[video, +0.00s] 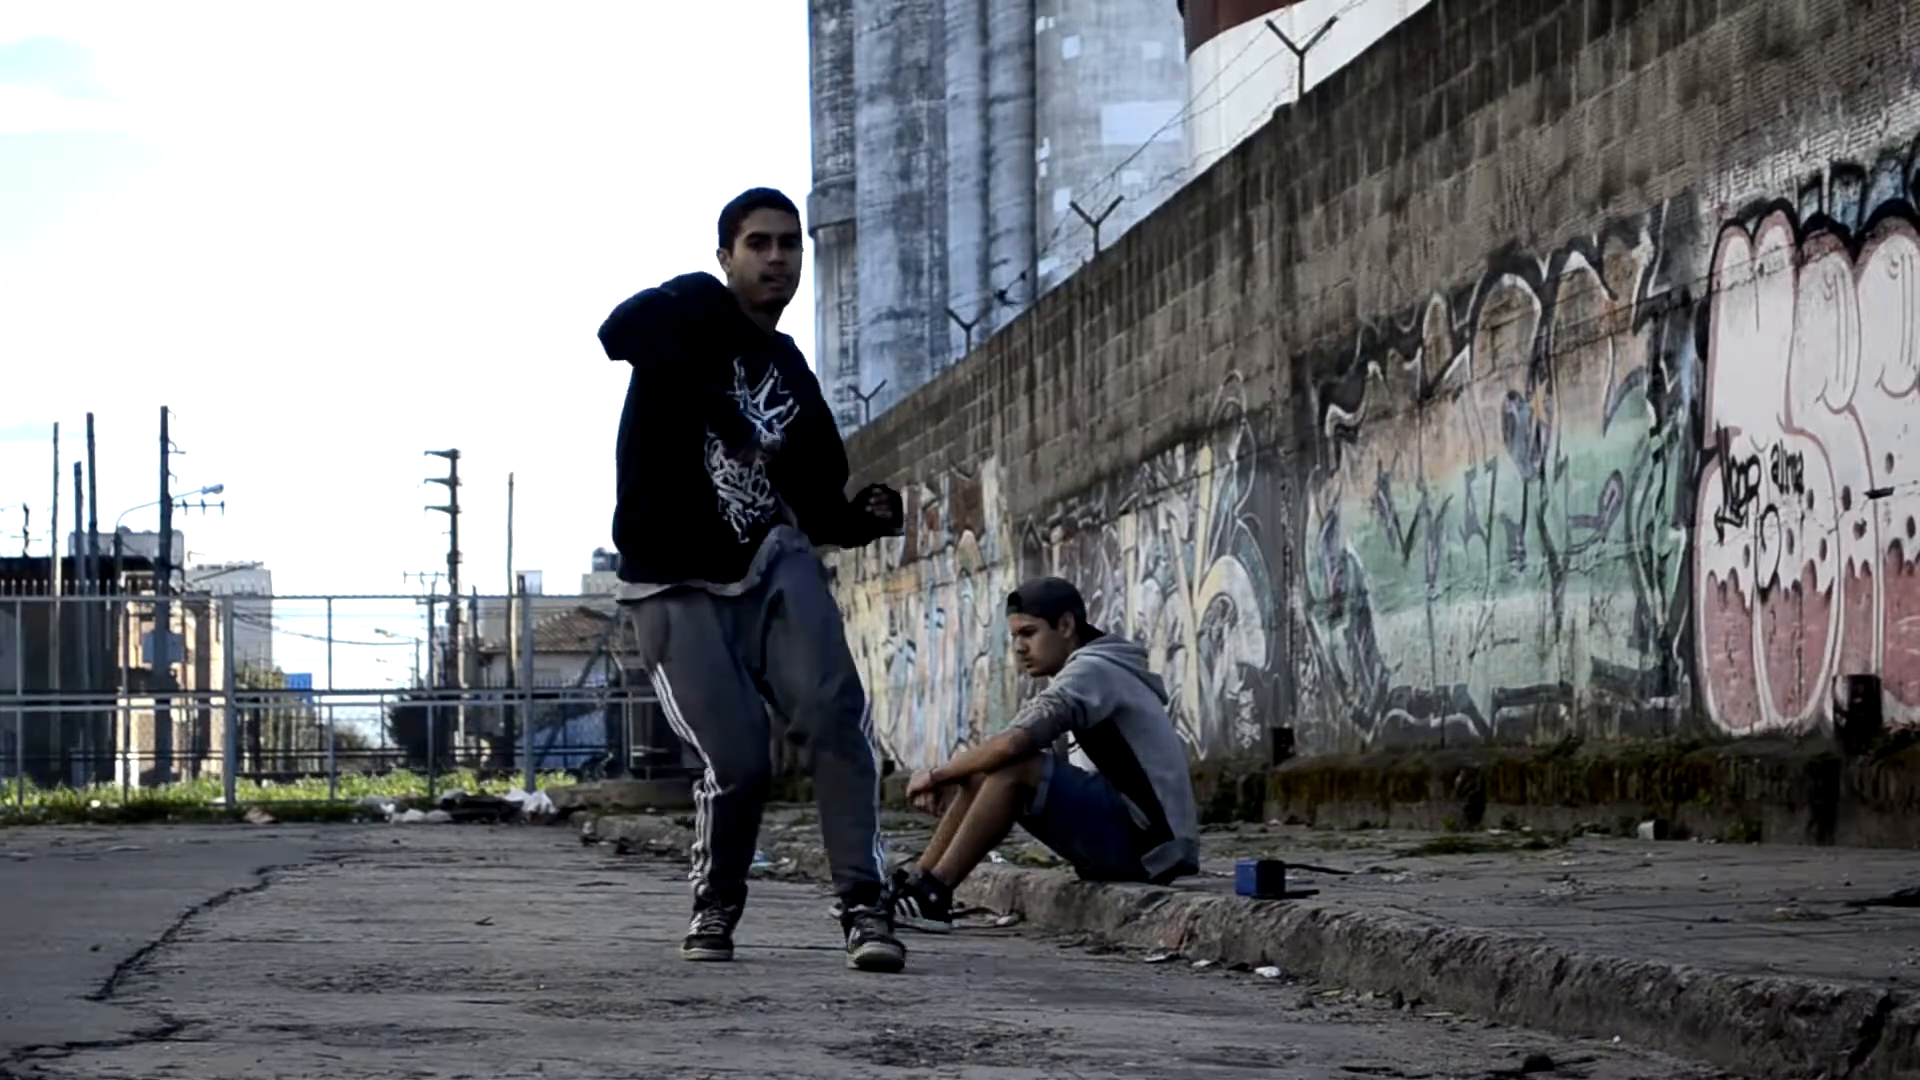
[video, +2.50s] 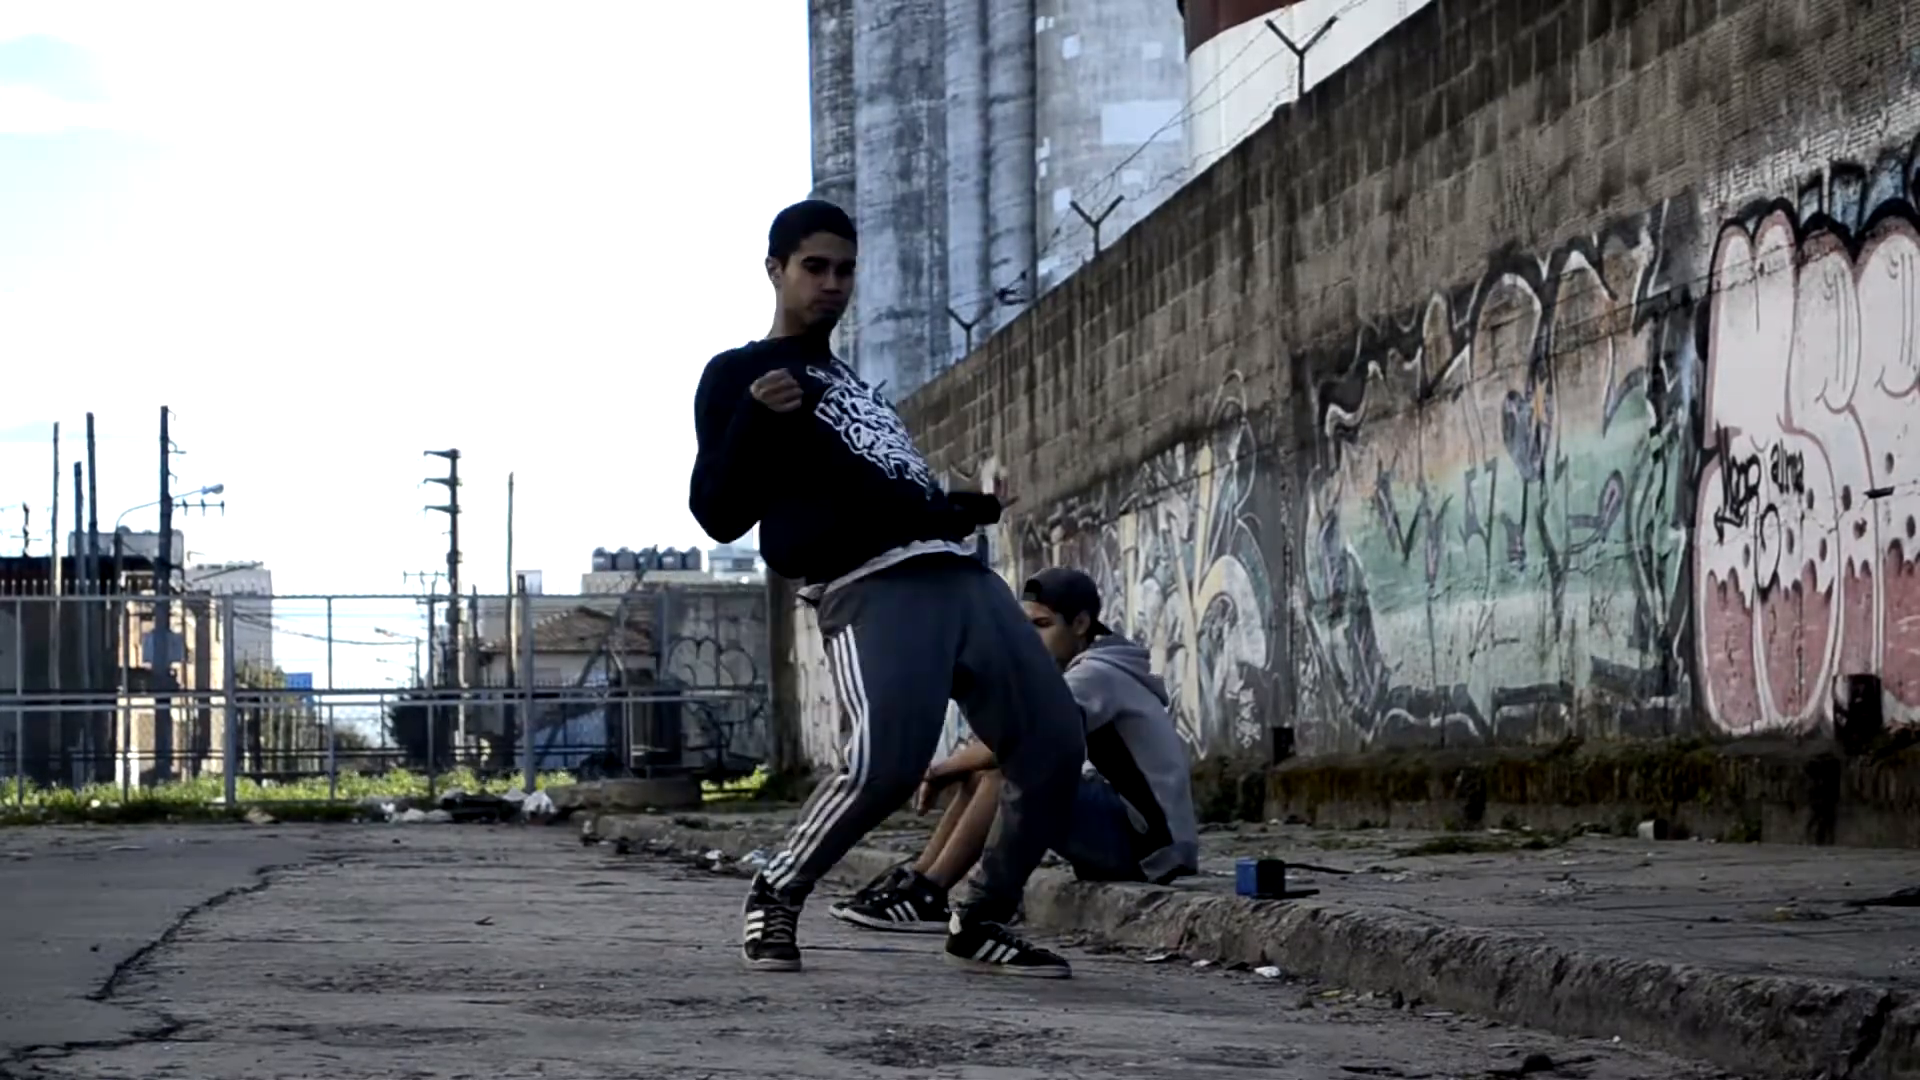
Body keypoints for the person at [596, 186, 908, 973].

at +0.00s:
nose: (777, 258)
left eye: (789, 244)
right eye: (759, 244)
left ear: (802, 258)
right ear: (726, 256)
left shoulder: (796, 379)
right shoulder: (688, 314)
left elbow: (819, 514)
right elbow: (619, 335)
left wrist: (869, 514)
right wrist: (709, 286)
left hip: (776, 563)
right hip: (676, 576)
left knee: (835, 717)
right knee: (738, 759)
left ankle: (865, 906)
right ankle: (717, 899)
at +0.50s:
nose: (598, 266)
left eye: (613, 251)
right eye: (581, 252)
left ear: (635, 263)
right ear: (555, 270)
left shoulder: (690, 341)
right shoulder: (533, 363)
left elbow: (762, 437)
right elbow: (465, 448)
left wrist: (671, 501)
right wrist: (482, 473)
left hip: (701, 611)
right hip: (583, 604)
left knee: (772, 731)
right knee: (456, 710)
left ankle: (760, 910)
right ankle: (405, 902)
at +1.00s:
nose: (674, 351)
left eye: (685, 338)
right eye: (656, 335)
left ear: (693, 349)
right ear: (616, 340)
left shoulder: (659, 480)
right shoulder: (585, 386)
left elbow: (681, 593)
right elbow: (510, 481)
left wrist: (778, 530)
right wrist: (538, 601)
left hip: (658, 664)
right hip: (550, 669)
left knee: (797, 738)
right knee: (489, 816)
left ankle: (747, 916)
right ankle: (406, 920)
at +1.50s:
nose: (597, 192)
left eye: (608, 177)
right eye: (579, 177)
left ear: (620, 185)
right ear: (542, 188)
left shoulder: (681, 283)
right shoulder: (507, 292)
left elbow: (762, 383)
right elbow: (409, 407)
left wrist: (716, 451)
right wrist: (501, 468)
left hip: (670, 557)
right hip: (549, 554)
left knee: (715, 715)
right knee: (475, 696)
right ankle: (442, 837)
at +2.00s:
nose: (666, 222)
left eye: (678, 210)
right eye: (648, 212)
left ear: (697, 225)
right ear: (619, 234)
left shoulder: (754, 300)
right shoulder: (625, 365)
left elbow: (848, 369)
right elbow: (581, 483)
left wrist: (852, 453)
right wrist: (521, 430)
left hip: (801, 580)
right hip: (701, 588)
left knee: (790, 768)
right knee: (718, 728)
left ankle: (698, 843)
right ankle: (790, 907)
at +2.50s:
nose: (834, 284)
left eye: (845, 271)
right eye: (817, 267)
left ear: (852, 281)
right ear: (775, 271)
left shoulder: (851, 383)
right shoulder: (736, 373)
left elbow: (895, 497)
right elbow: (719, 518)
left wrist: (965, 504)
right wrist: (758, 417)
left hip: (965, 579)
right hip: (879, 591)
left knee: (1055, 741)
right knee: (884, 771)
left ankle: (982, 919)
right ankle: (776, 896)